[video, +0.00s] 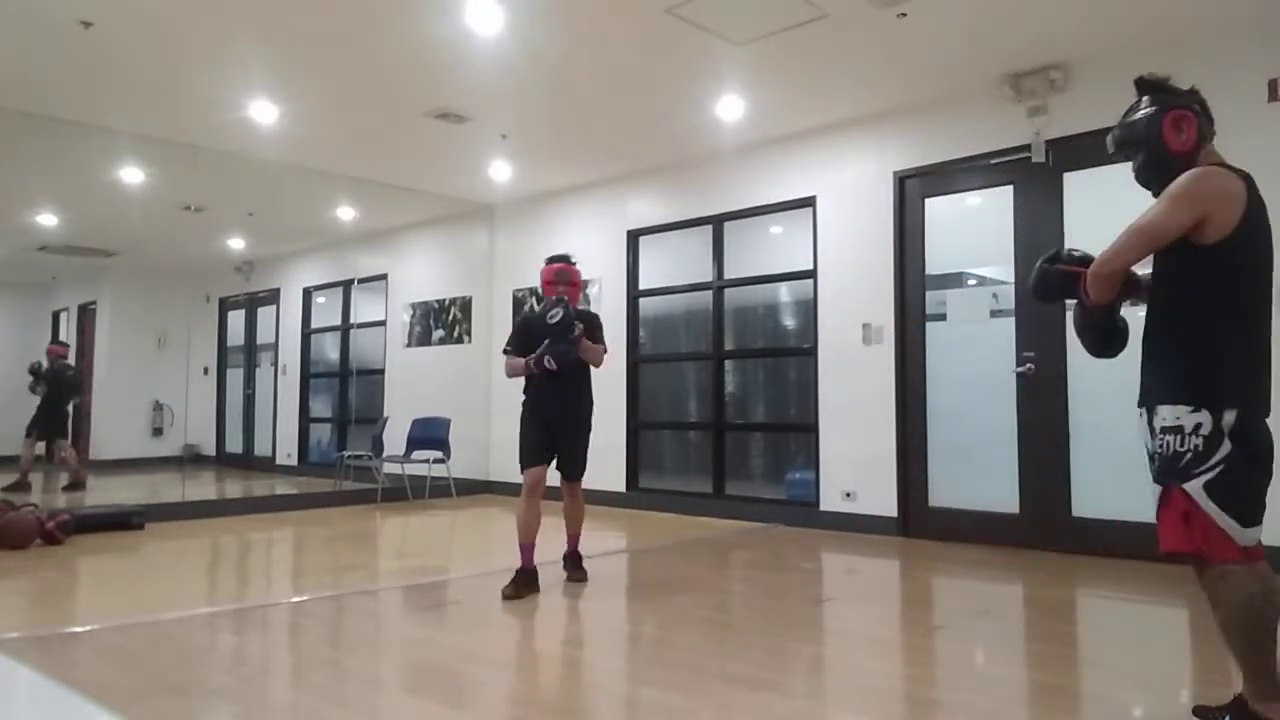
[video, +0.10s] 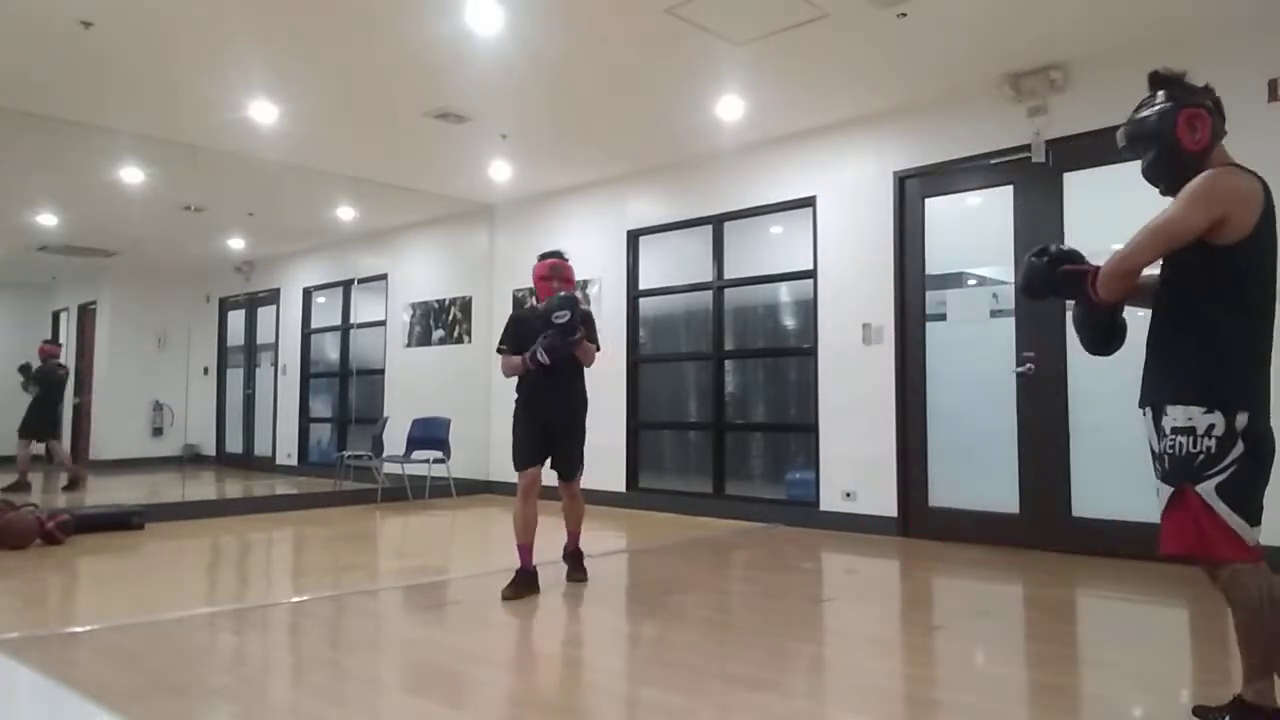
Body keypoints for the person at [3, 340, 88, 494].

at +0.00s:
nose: (47, 357)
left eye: (49, 354)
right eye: (48, 353)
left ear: (54, 355)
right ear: (64, 355)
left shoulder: (53, 371)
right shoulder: (72, 372)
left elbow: (40, 390)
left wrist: (37, 376)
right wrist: (39, 376)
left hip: (45, 411)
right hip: (61, 412)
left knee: (29, 442)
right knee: (64, 445)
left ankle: (23, 479)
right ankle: (77, 477)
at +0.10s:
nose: (39, 355)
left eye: (40, 353)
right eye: (41, 353)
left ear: (42, 354)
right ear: (57, 354)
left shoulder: (43, 370)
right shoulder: (63, 371)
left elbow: (32, 388)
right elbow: (45, 387)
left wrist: (27, 376)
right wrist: (30, 375)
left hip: (37, 412)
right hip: (52, 412)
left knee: (23, 442)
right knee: (53, 444)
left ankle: (22, 480)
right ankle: (75, 474)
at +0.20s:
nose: (32, 353)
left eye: (34, 351)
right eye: (33, 351)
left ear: (37, 353)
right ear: (51, 353)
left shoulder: (36, 369)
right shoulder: (57, 369)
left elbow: (21, 387)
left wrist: (16, 376)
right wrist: (21, 377)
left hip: (31, 411)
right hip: (47, 411)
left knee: (22, 441)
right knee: (41, 443)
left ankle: (22, 480)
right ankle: (66, 469)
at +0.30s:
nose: (26, 353)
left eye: (27, 351)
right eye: (27, 351)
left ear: (30, 352)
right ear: (44, 352)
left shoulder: (30, 368)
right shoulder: (52, 368)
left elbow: (10, 381)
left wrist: (3, 381)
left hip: (29, 411)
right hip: (43, 411)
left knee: (23, 444)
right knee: (28, 443)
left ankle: (22, 480)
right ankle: (50, 466)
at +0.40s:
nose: (20, 352)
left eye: (21, 349)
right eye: (22, 349)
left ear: (24, 351)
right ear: (38, 351)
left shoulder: (24, 367)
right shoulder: (46, 367)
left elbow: (7, 373)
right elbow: (49, 393)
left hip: (24, 410)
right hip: (38, 409)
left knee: (21, 443)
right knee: (24, 442)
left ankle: (22, 479)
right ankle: (36, 474)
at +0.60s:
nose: (8, 353)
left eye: (9, 350)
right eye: (9, 350)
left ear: (12, 350)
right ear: (26, 351)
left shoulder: (15, 364)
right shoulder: (36, 367)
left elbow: (8, 381)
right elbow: (55, 378)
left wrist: (2, 384)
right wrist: (76, 387)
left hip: (17, 409)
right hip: (29, 409)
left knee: (18, 444)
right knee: (20, 444)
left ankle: (21, 479)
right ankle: (14, 475)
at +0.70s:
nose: (4, 355)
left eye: (5, 352)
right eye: (5, 352)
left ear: (7, 353)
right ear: (21, 353)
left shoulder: (12, 368)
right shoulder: (28, 366)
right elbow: (47, 379)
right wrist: (65, 389)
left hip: (14, 408)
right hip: (24, 407)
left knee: (16, 444)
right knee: (13, 443)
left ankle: (22, 480)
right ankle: (8, 477)